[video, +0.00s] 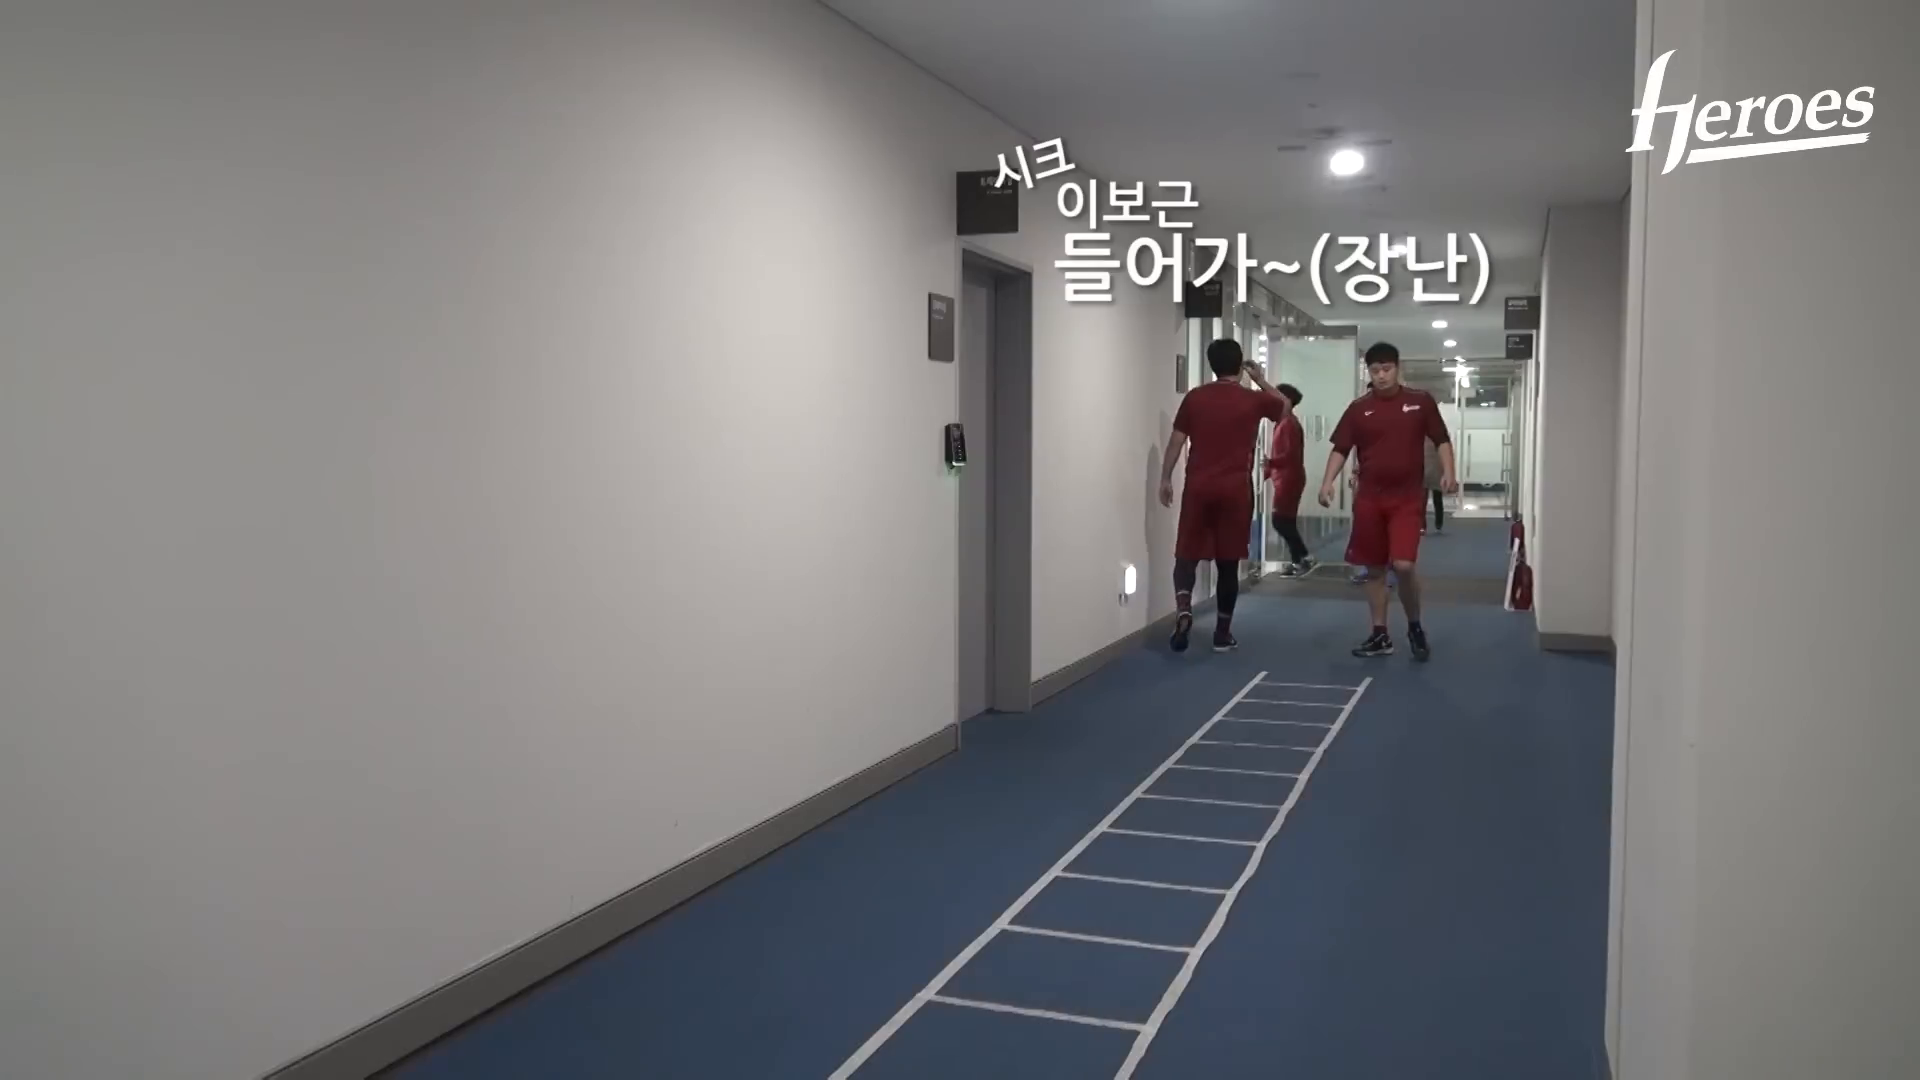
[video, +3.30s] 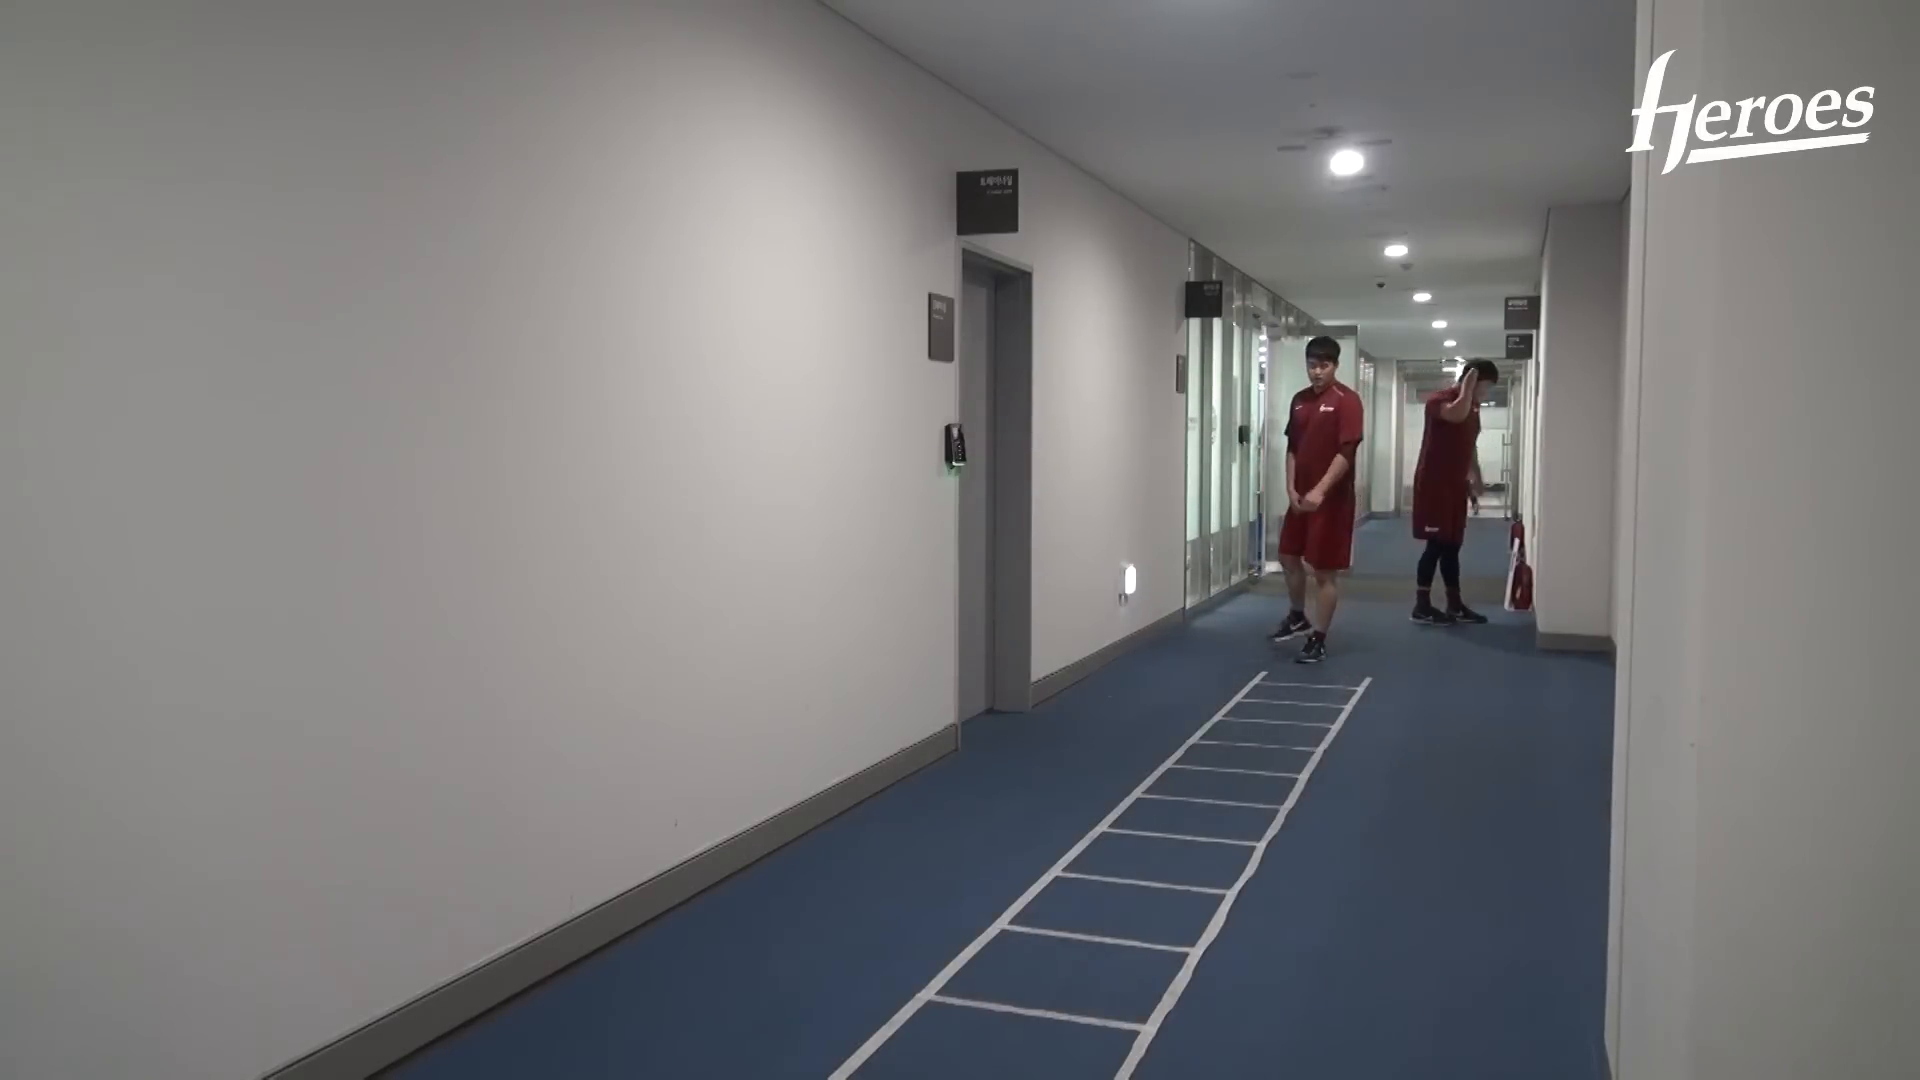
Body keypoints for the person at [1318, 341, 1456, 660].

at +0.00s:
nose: (1381, 375)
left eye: (1386, 369)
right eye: (1375, 370)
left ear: (1397, 370)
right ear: (1368, 373)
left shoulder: (1421, 402)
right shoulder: (1358, 409)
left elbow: (1441, 440)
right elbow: (1340, 448)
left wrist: (1449, 473)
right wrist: (1327, 481)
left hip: (1408, 497)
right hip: (1369, 498)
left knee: (1402, 566)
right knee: (1374, 569)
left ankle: (1415, 628)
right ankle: (1379, 634)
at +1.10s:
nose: (1384, 376)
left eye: (1390, 370)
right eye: (1382, 370)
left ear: (1410, 368)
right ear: (1382, 370)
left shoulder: (1428, 405)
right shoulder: (1382, 400)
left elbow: (1427, 459)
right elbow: (1373, 444)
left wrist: (1409, 501)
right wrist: (1347, 470)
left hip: (1408, 497)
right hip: (1378, 495)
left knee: (1403, 573)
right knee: (1361, 569)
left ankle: (1405, 643)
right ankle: (1382, 631)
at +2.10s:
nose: (1339, 378)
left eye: (1344, 372)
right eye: (1337, 373)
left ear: (1361, 369)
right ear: (1342, 373)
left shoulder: (1388, 403)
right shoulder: (1339, 406)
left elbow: (1396, 453)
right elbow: (1328, 452)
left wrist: (1384, 493)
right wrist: (1308, 485)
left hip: (1369, 500)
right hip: (1339, 499)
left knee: (1369, 570)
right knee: (1351, 571)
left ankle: (1393, 638)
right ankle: (1364, 633)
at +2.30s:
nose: (1327, 378)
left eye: (1330, 371)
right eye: (1325, 372)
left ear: (1349, 369)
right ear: (1340, 372)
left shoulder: (1379, 404)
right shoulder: (1330, 407)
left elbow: (1389, 454)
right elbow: (1321, 453)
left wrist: (1382, 496)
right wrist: (1304, 488)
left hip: (1363, 498)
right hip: (1333, 498)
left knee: (1341, 563)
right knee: (1347, 566)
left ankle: (1366, 633)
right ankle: (1360, 630)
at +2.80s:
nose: (1305, 375)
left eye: (1309, 368)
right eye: (1303, 369)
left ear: (1327, 365)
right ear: (1307, 370)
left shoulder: (1350, 401)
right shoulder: (1310, 403)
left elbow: (1356, 452)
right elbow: (1304, 449)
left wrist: (1354, 496)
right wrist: (1300, 486)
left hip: (1339, 497)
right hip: (1315, 497)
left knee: (1322, 570)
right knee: (1333, 568)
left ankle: (1316, 637)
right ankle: (1357, 625)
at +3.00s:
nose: (1310, 372)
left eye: (1316, 366)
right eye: (1306, 367)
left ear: (1331, 366)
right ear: (1303, 368)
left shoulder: (1345, 399)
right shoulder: (1305, 401)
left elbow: (1342, 449)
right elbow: (1299, 448)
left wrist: (1312, 482)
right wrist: (1296, 486)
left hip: (1336, 496)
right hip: (1310, 495)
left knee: (1327, 568)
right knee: (1302, 561)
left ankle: (1319, 636)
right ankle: (1340, 615)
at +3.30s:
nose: (1317, 369)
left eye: (1324, 363)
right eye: (1312, 363)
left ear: (1336, 365)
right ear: (1306, 365)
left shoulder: (1347, 400)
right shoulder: (1300, 400)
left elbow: (1346, 454)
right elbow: (1293, 448)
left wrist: (1319, 490)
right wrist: (1291, 487)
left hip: (1332, 495)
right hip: (1303, 492)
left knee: (1322, 569)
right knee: (1288, 555)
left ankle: (1319, 638)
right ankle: (1297, 616)